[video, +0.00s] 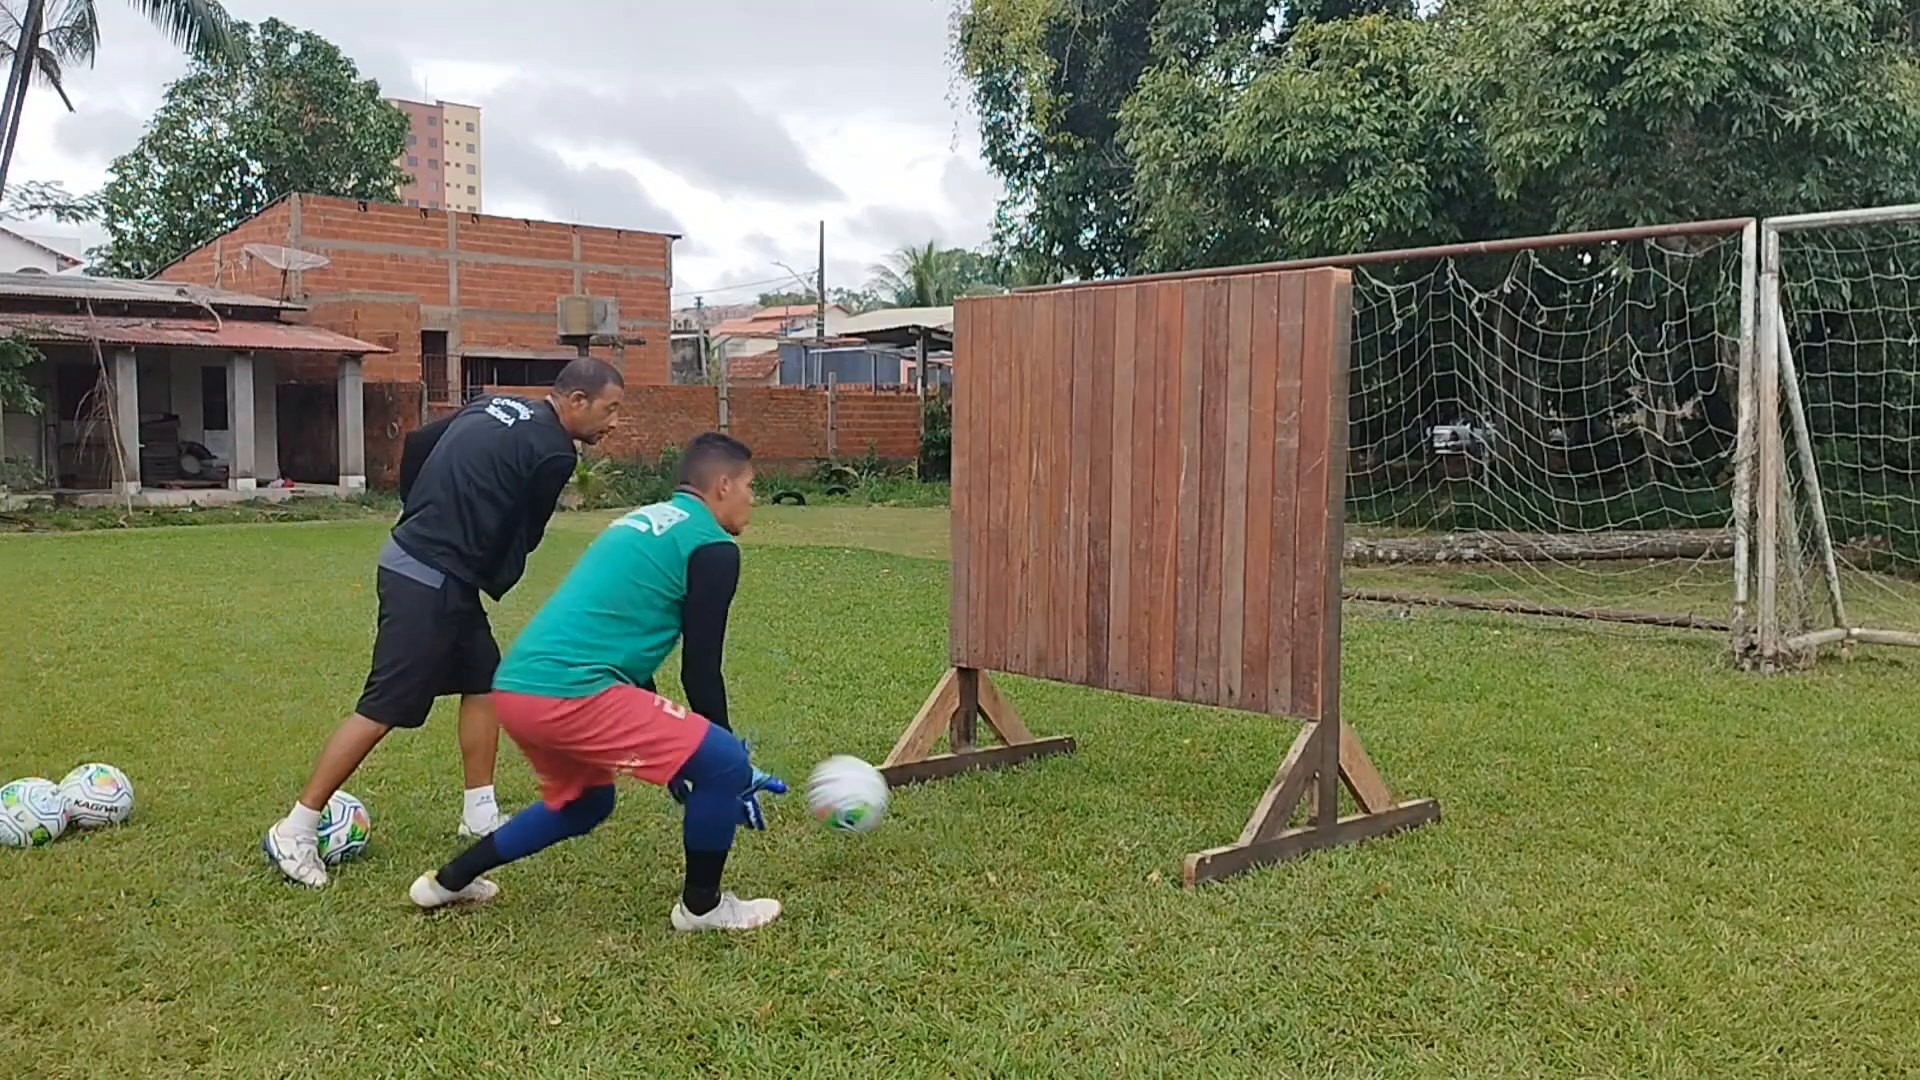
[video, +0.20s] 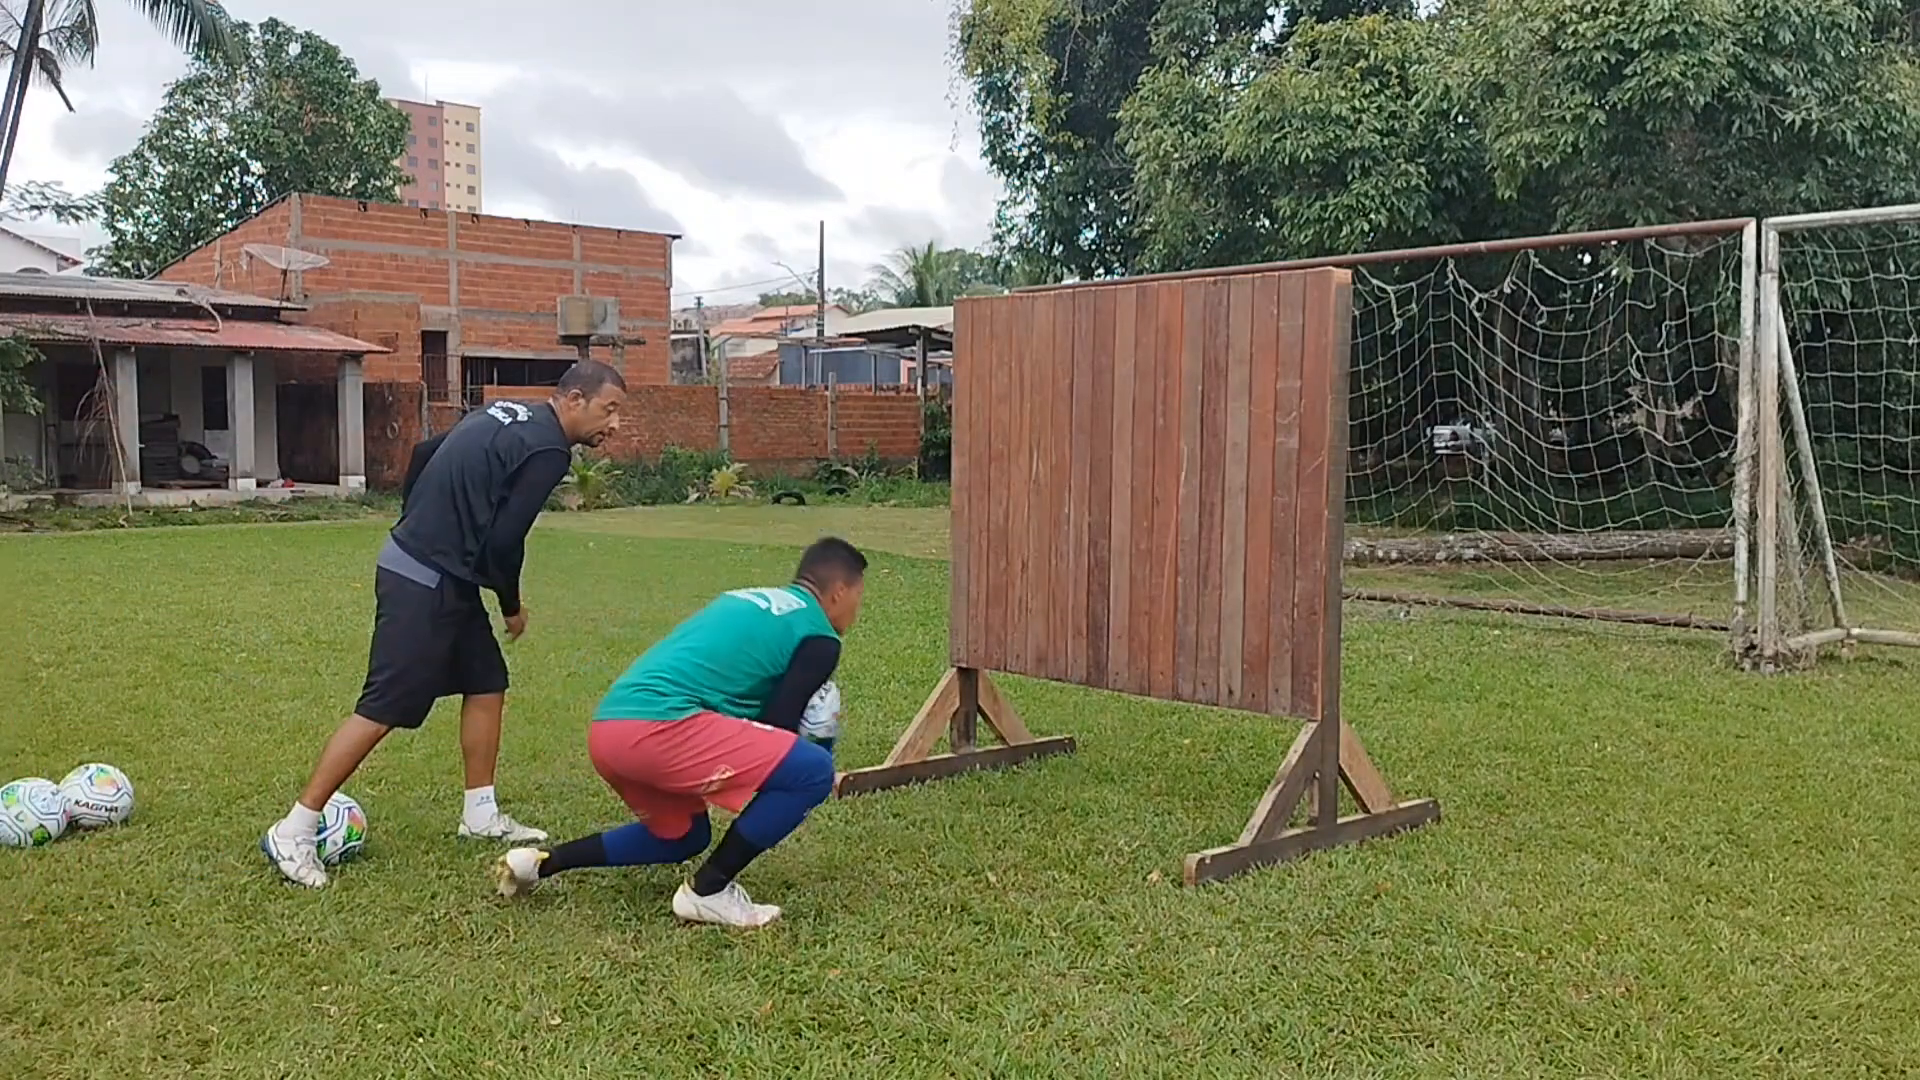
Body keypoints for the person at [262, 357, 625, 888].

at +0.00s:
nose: (611, 421)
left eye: (615, 411)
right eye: (608, 409)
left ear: (564, 396)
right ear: (575, 400)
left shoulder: (495, 406)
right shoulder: (556, 451)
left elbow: (418, 441)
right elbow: (524, 535)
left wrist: (419, 512)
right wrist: (485, 574)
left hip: (431, 573)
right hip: (428, 579)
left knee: (482, 682)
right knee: (385, 706)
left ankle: (480, 817)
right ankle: (294, 831)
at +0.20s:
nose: (612, 423)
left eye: (616, 413)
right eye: (608, 410)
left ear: (568, 399)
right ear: (573, 399)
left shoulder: (503, 409)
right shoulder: (551, 448)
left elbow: (425, 451)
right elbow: (503, 539)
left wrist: (415, 522)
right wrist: (511, 603)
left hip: (445, 579)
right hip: (422, 578)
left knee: (486, 683)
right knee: (385, 706)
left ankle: (480, 816)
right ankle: (293, 831)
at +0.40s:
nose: (603, 411)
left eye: (605, 400)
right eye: (596, 398)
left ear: (554, 395)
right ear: (557, 393)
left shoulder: (507, 417)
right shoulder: (527, 440)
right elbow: (491, 524)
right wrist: (524, 613)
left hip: (449, 583)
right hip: (409, 577)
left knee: (487, 685)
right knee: (374, 706)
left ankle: (480, 818)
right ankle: (289, 836)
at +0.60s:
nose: (582, 393)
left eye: (583, 382)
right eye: (574, 381)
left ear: (535, 380)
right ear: (535, 378)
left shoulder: (502, 422)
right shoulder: (494, 426)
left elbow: (456, 496)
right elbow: (451, 510)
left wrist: (492, 546)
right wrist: (485, 602)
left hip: (441, 577)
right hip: (396, 573)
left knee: (480, 682)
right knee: (363, 701)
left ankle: (480, 817)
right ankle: (286, 834)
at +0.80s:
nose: (535, 373)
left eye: (534, 362)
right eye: (527, 362)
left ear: (491, 366)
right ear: (489, 363)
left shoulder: (471, 420)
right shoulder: (441, 419)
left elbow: (436, 505)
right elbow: (403, 511)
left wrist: (469, 556)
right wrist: (441, 599)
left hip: (424, 586)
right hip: (375, 583)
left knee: (476, 686)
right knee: (340, 711)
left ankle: (480, 817)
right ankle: (258, 839)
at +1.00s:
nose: (457, 357)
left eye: (457, 346)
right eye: (449, 346)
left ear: (417, 350)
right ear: (413, 349)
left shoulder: (403, 413)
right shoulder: (362, 416)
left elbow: (375, 504)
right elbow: (339, 517)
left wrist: (419, 548)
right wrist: (405, 587)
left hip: (380, 593)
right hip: (327, 593)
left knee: (431, 699)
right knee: (290, 721)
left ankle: (472, 817)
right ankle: (244, 854)